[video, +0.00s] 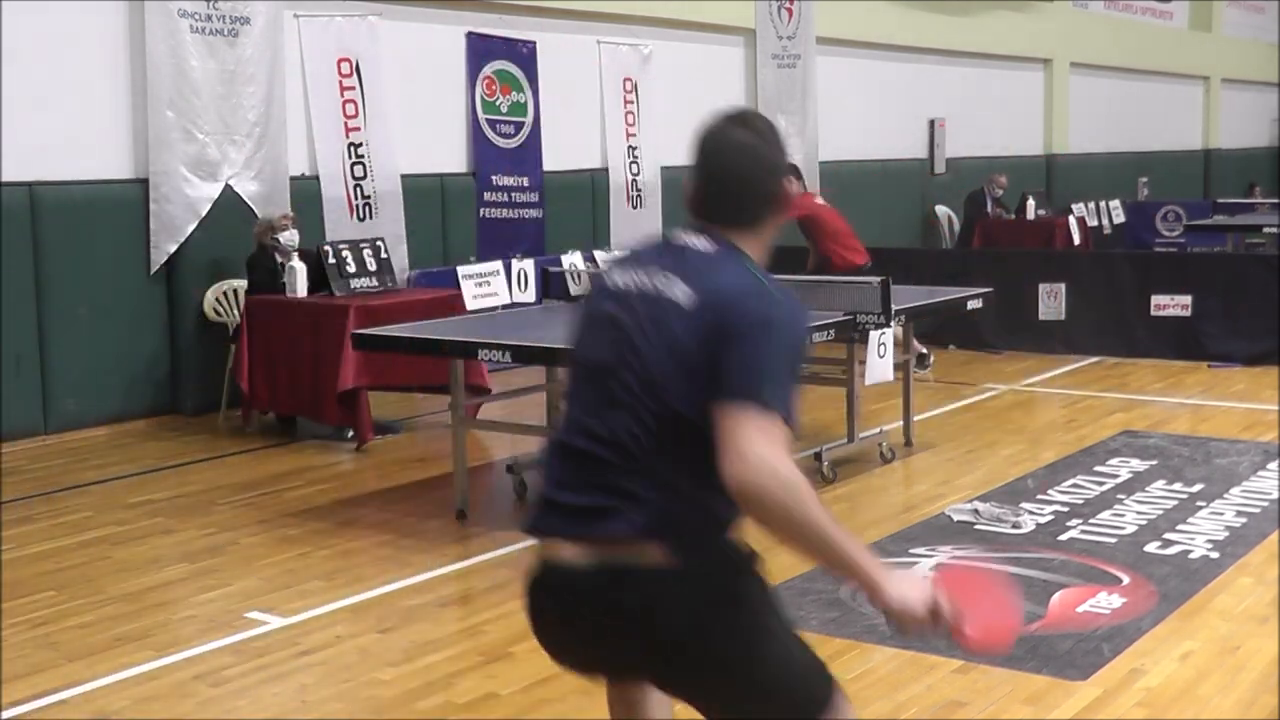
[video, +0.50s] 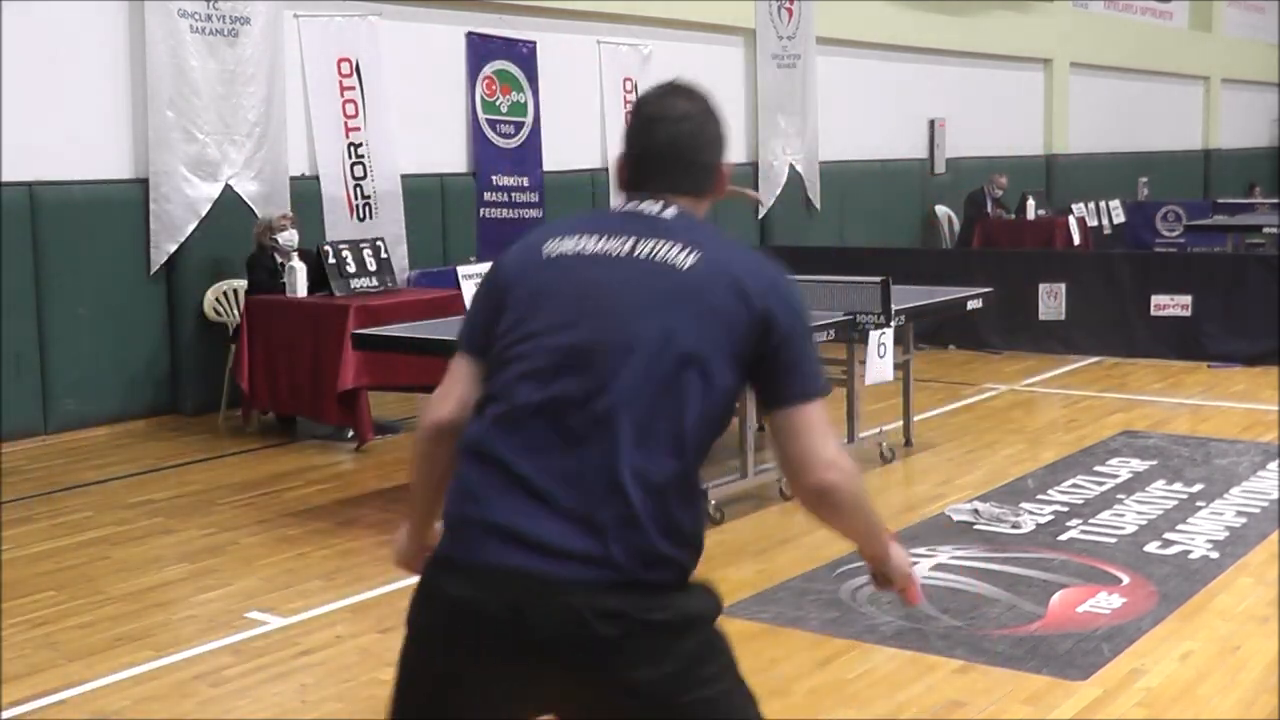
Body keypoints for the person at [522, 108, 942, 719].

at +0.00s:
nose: (796, 193)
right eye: (792, 181)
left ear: (692, 195)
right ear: (783, 201)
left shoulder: (619, 274)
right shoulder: (756, 302)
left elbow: (588, 417)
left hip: (560, 593)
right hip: (675, 595)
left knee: (633, 663)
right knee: (822, 707)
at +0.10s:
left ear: (752, 223)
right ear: (854, 242)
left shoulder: (667, 307)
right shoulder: (844, 369)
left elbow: (599, 454)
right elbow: (875, 570)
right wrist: (943, 654)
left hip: (601, 640)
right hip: (737, 646)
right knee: (887, 708)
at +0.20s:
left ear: (750, 207)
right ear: (856, 227)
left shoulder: (657, 292)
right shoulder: (848, 360)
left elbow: (554, 418)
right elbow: (904, 552)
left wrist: (620, 494)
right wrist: (958, 608)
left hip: (597, 632)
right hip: (738, 643)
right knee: (887, 711)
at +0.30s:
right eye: (816, 148)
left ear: (711, 147)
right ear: (812, 160)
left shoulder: (607, 228)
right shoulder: (808, 285)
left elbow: (484, 333)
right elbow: (867, 482)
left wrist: (491, 422)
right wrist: (944, 544)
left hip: (554, 578)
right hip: (705, 593)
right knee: (804, 709)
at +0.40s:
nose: (783, 146)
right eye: (785, 135)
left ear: (677, 129)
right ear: (779, 142)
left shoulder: (581, 208)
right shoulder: (798, 256)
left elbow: (464, 336)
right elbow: (847, 454)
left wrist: (450, 441)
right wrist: (918, 535)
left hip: (515, 550)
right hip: (669, 565)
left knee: (519, 710)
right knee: (788, 707)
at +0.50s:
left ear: (619, 172)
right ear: (721, 183)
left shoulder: (530, 252)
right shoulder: (754, 282)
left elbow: (443, 417)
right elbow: (818, 474)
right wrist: (880, 546)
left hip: (471, 598)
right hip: (632, 616)